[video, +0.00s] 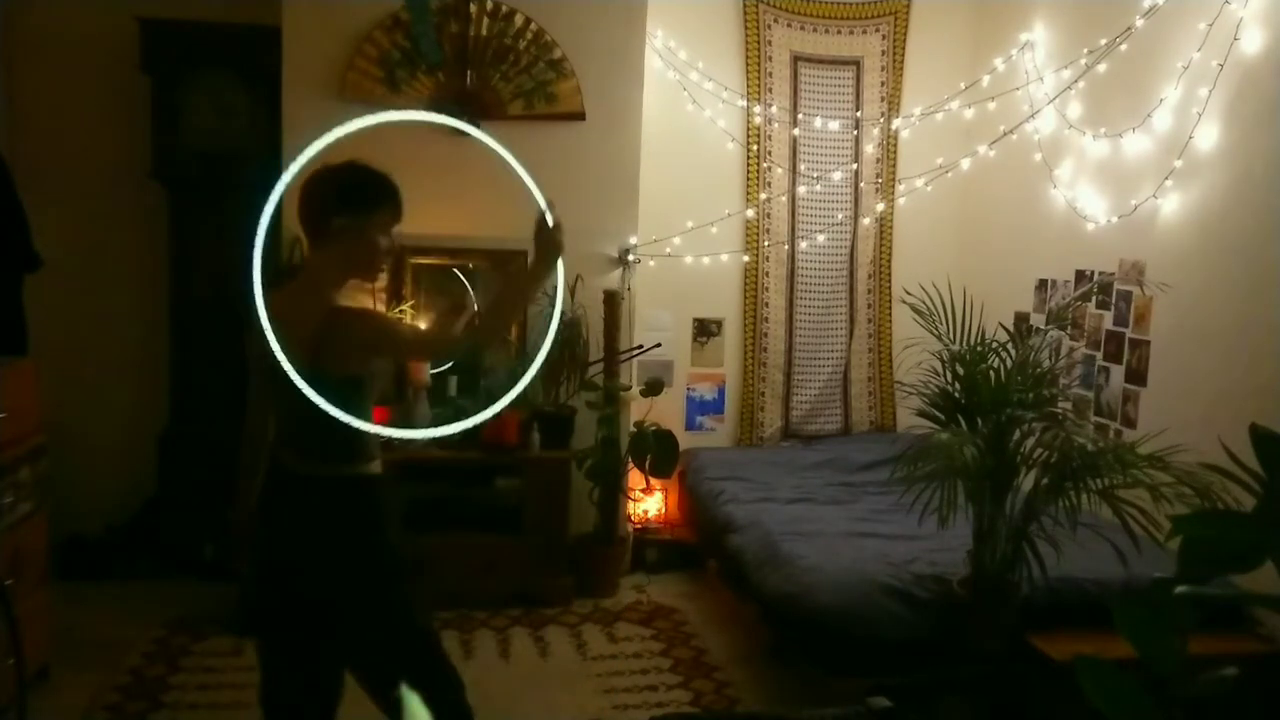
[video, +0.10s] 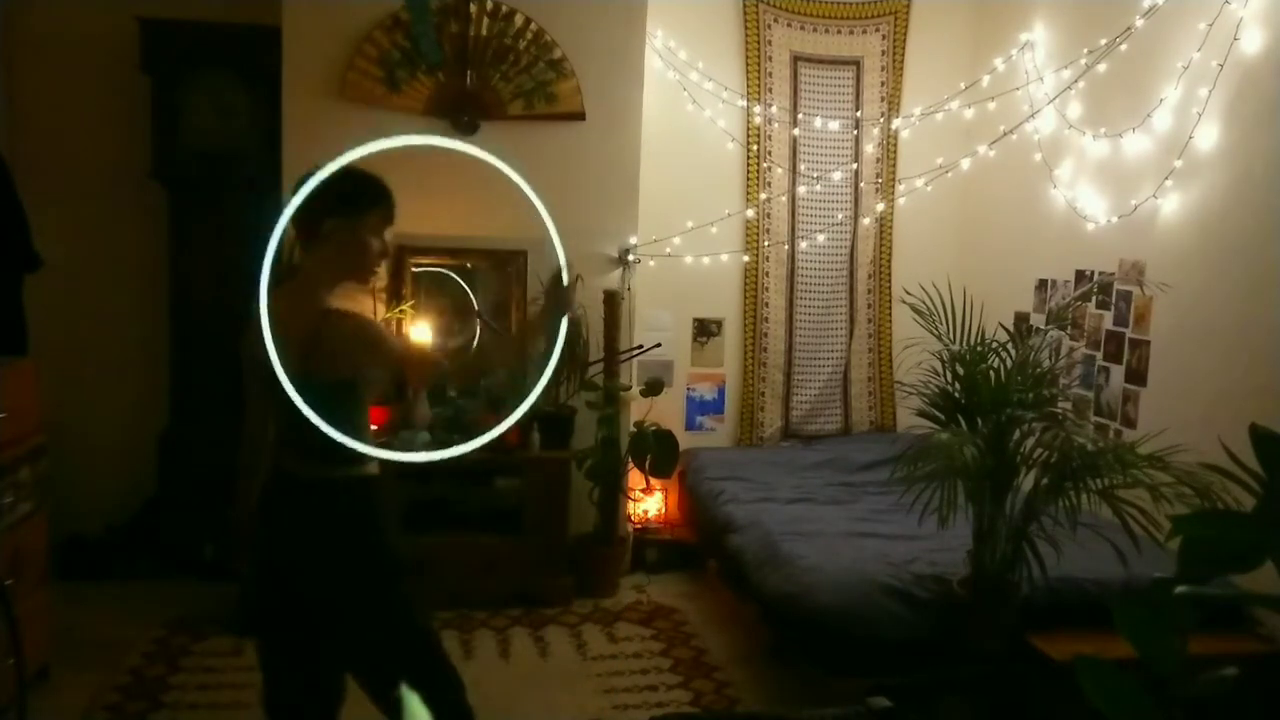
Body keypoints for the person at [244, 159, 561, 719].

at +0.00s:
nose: (393, 247)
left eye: (393, 231)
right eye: (384, 230)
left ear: (334, 231)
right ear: (340, 230)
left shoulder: (280, 308)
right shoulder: (343, 324)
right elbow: (464, 354)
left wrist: (452, 326)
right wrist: (533, 271)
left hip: (287, 525)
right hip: (341, 534)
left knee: (295, 700)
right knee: (441, 697)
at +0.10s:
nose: (384, 250)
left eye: (385, 234)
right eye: (374, 231)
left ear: (319, 233)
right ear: (327, 230)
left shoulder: (269, 320)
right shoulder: (347, 331)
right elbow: (432, 371)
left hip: (278, 546)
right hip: (343, 550)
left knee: (299, 703)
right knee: (442, 699)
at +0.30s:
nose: (382, 251)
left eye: (383, 236)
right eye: (374, 234)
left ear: (317, 234)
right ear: (337, 235)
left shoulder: (268, 321)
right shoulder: (341, 332)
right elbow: (413, 420)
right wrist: (492, 439)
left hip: (283, 543)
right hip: (345, 547)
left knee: (300, 704)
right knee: (444, 699)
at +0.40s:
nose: (395, 253)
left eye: (396, 237)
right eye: (391, 235)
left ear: (319, 233)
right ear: (366, 238)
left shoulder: (272, 319)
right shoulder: (352, 328)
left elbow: (265, 447)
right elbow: (401, 448)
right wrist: (498, 488)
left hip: (290, 551)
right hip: (357, 556)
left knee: (300, 705)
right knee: (454, 701)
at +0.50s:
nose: (407, 246)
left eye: (409, 232)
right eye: (404, 231)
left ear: (335, 225)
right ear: (377, 229)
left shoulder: (287, 310)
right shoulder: (371, 321)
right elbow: (395, 450)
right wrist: (479, 520)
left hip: (299, 543)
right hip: (371, 550)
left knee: (303, 704)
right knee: (471, 701)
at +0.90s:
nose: (461, 239)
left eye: (459, 224)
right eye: (453, 222)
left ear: (393, 228)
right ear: (415, 225)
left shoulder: (349, 312)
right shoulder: (424, 294)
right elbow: (544, 288)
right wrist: (653, 268)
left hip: (377, 504)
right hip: (434, 505)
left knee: (386, 638)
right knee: (506, 664)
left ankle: (314, 714)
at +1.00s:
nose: (448, 220)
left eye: (446, 206)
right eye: (437, 206)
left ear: (392, 209)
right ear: (400, 208)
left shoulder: (372, 277)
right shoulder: (384, 276)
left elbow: (427, 317)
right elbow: (507, 266)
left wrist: (487, 299)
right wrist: (599, 234)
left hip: (388, 482)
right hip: (396, 485)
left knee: (369, 639)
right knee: (464, 650)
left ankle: (311, 714)